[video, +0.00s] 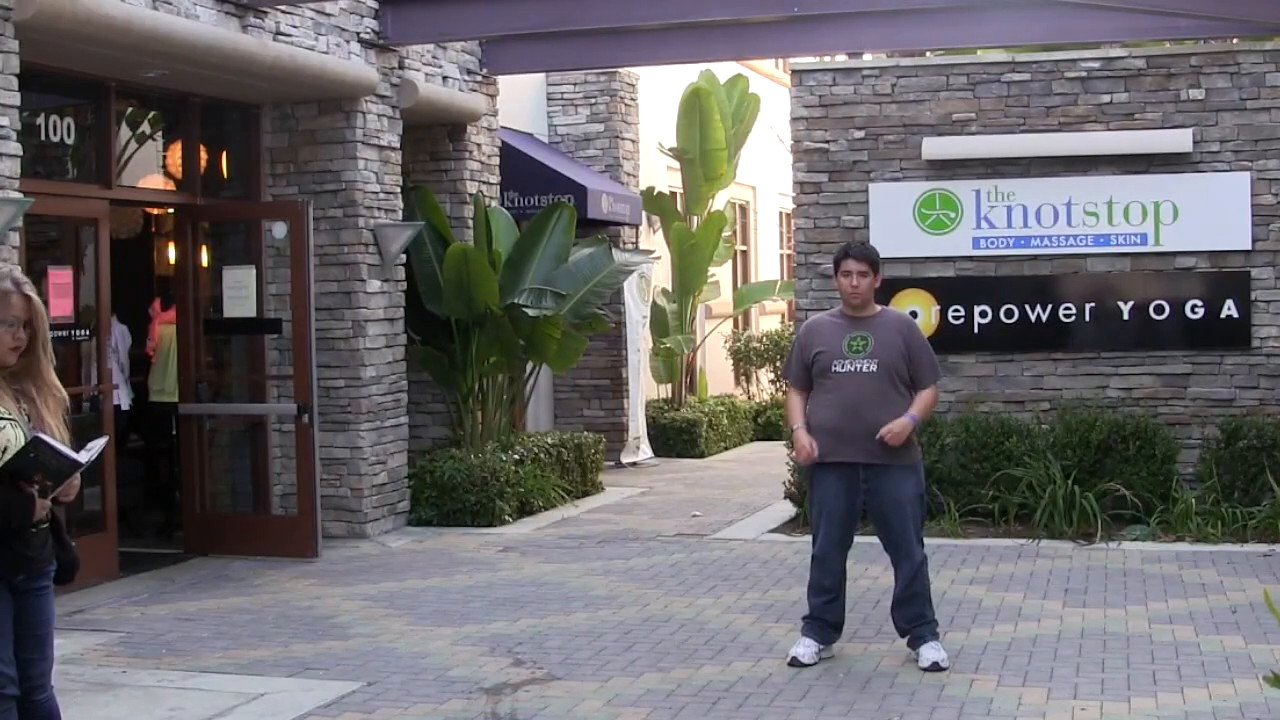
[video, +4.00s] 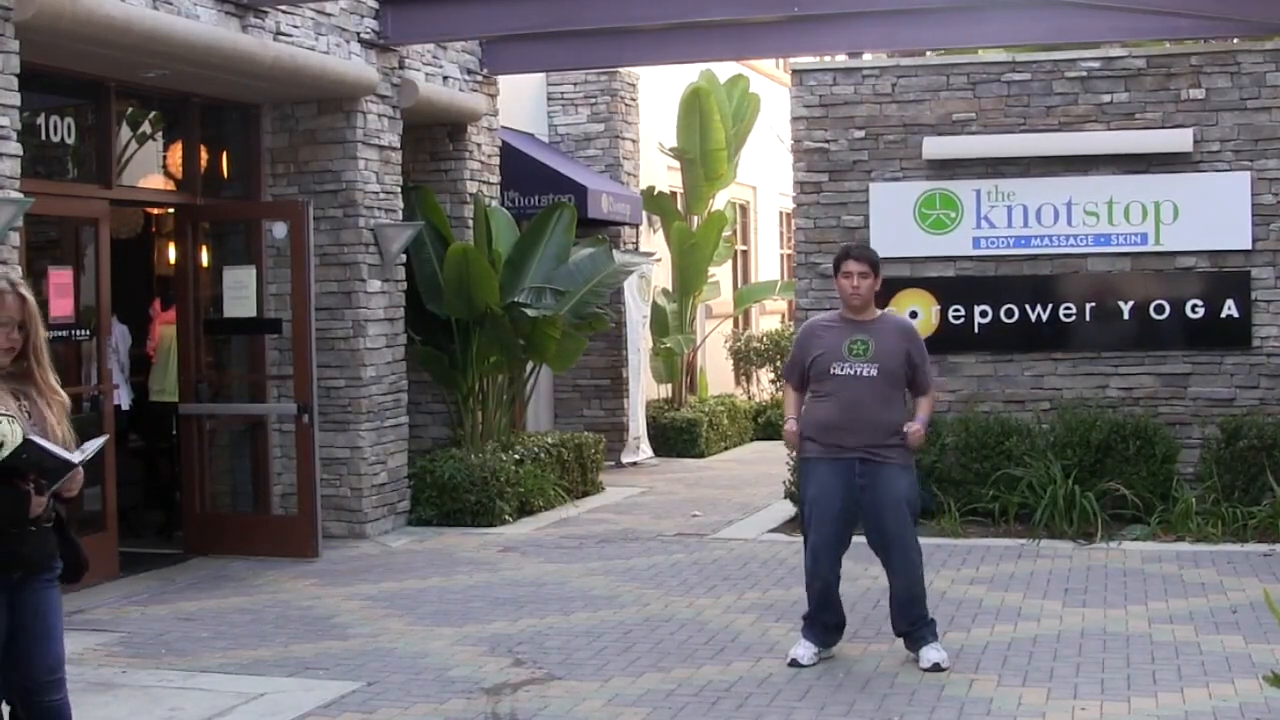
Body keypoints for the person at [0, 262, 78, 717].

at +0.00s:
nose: (17, 335)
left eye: (24, 325)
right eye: (7, 324)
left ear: (34, 329)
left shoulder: (43, 393)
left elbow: (61, 471)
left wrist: (67, 488)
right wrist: (29, 505)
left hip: (36, 561)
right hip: (2, 561)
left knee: (37, 689)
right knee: (6, 690)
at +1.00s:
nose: (24, 338)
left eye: (30, 328)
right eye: (14, 327)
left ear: (39, 332)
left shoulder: (43, 396)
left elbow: (59, 477)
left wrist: (68, 491)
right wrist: (21, 505)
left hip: (36, 562)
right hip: (2, 561)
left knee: (35, 688)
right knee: (5, 690)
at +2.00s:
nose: (22, 341)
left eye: (29, 330)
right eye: (12, 329)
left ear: (38, 333)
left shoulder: (47, 396)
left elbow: (67, 479)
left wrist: (66, 490)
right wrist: (23, 508)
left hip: (37, 556)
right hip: (2, 557)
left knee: (35, 682)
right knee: (14, 686)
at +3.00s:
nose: (18, 331)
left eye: (25, 321)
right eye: (10, 319)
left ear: (33, 327)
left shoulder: (43, 388)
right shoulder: (5, 387)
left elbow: (62, 462)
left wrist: (69, 484)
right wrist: (31, 497)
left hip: (38, 552)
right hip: (3, 551)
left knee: (37, 684)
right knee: (6, 685)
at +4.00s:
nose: (10, 337)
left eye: (18, 326)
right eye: (2, 325)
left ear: (30, 331)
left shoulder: (42, 393)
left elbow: (64, 472)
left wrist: (71, 483)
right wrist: (15, 503)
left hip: (35, 565)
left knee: (46, 699)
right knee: (16, 699)